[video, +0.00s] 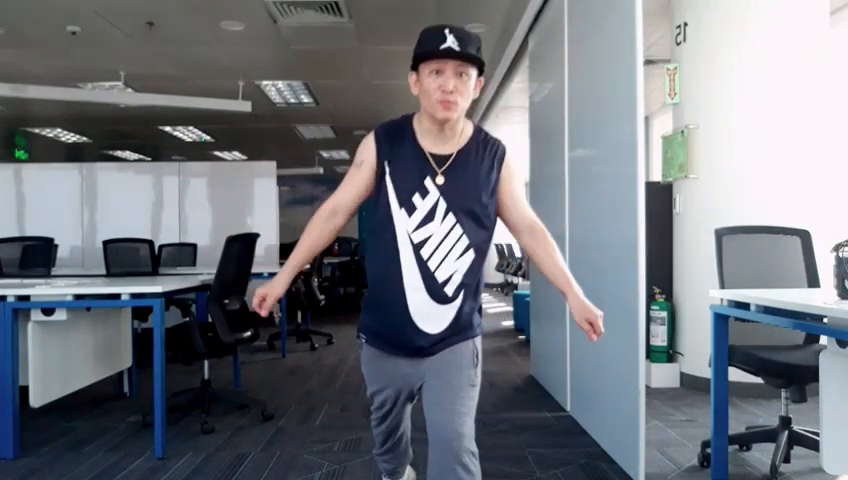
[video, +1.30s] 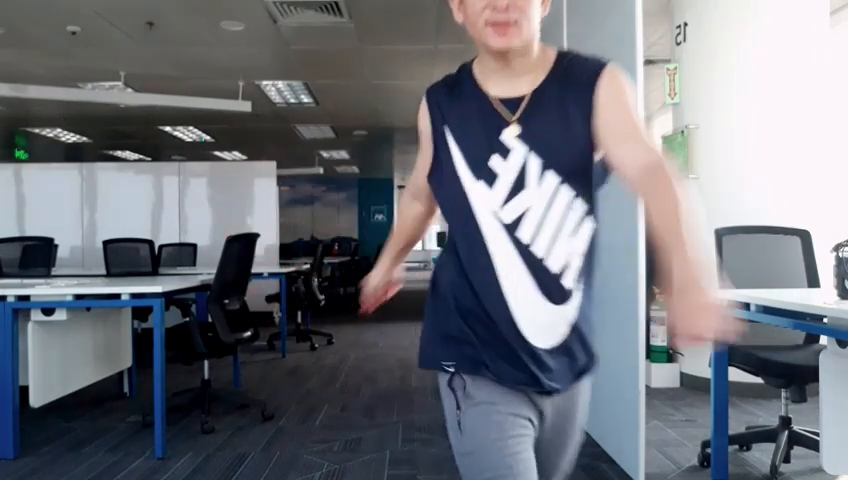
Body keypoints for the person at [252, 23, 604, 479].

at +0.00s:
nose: (448, 85)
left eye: (461, 75)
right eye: (436, 73)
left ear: (477, 85)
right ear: (414, 81)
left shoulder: (491, 156)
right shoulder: (382, 144)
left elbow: (529, 230)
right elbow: (334, 212)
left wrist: (574, 295)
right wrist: (282, 278)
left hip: (454, 337)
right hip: (385, 334)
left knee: (454, 452)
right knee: (387, 428)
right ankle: (395, 473)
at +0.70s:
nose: (472, 62)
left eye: (485, 48)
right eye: (458, 48)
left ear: (506, 56)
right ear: (435, 59)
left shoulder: (538, 128)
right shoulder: (409, 114)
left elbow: (574, 199)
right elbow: (356, 172)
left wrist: (613, 227)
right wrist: (329, 202)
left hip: (489, 337)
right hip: (411, 325)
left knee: (469, 468)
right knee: (372, 456)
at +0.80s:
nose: (478, 50)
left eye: (492, 35)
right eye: (463, 37)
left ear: (512, 44)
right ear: (441, 48)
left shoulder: (546, 117)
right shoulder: (415, 110)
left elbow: (589, 189)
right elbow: (360, 174)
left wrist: (568, 190)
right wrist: (307, 209)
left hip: (496, 337)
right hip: (416, 324)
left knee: (475, 470)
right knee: (370, 460)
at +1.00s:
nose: (489, 34)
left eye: (503, 20)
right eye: (473, 20)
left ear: (525, 31)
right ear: (450, 34)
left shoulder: (558, 105)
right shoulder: (424, 109)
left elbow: (573, 181)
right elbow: (367, 193)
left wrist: (488, 194)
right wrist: (310, 269)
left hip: (515, 333)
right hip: (432, 323)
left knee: (492, 471)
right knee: (413, 464)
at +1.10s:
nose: (492, 32)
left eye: (508, 17)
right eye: (477, 17)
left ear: (529, 30)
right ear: (452, 30)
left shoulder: (561, 105)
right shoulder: (426, 112)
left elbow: (577, 182)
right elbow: (397, 193)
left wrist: (488, 221)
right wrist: (366, 259)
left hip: (522, 331)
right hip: (444, 329)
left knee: (508, 471)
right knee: (461, 470)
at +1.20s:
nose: (495, 23)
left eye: (511, 8)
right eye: (479, 8)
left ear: (535, 20)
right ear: (452, 21)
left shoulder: (573, 97)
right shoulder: (432, 109)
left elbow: (607, 176)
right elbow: (428, 186)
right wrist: (414, 242)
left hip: (542, 340)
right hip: (459, 340)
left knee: (522, 470)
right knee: (500, 471)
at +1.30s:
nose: (500, 6)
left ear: (543, 5)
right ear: (459, 10)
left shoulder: (594, 84)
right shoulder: (441, 103)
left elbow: (654, 176)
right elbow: (419, 194)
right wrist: (388, 262)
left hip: (566, 357)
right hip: (476, 359)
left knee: (549, 474)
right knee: (509, 474)